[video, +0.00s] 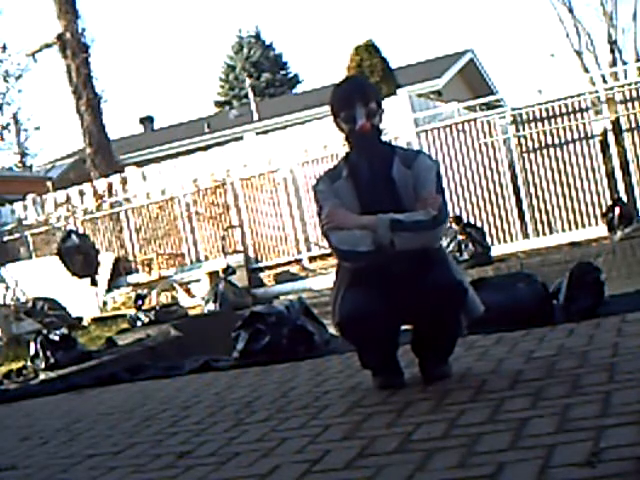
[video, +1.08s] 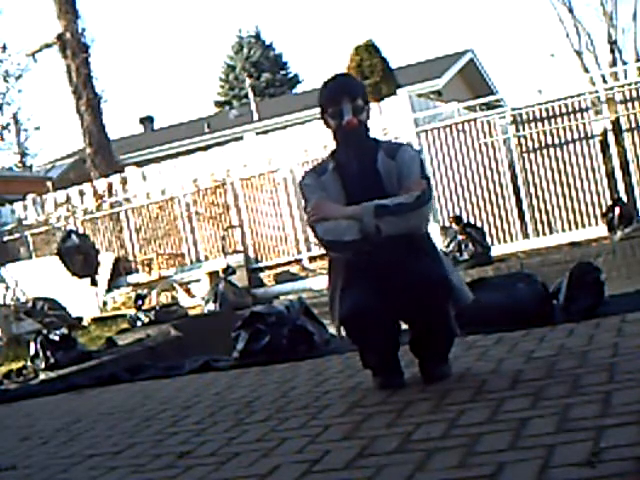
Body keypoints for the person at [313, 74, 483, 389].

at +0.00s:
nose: (362, 124)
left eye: (370, 112)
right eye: (350, 117)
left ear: (381, 112)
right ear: (338, 122)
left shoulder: (418, 164)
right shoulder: (328, 185)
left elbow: (434, 228)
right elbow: (345, 246)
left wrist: (359, 222)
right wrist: (414, 220)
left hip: (422, 265)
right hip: (365, 277)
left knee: (444, 293)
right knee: (359, 315)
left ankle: (434, 358)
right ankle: (384, 367)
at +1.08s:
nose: (349, 121)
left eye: (357, 109)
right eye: (337, 113)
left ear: (368, 110)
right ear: (326, 119)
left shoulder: (402, 156)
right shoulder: (315, 179)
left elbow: (419, 217)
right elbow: (329, 235)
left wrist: (344, 212)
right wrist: (399, 208)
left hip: (413, 260)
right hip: (359, 273)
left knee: (430, 292)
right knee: (362, 313)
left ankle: (434, 361)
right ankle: (385, 370)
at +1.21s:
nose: (343, 113)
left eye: (351, 102)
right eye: (332, 106)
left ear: (363, 104)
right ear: (320, 112)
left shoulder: (395, 147)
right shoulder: (308, 173)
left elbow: (407, 193)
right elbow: (321, 228)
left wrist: (337, 202)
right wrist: (386, 209)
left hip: (413, 263)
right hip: (358, 278)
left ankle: (442, 347)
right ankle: (385, 366)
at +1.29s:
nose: (341, 115)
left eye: (349, 104)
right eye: (329, 108)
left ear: (360, 106)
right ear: (317, 114)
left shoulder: (391, 151)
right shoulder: (306, 176)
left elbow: (409, 196)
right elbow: (321, 232)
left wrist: (338, 204)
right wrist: (387, 207)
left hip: (412, 253)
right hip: (358, 266)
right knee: (368, 308)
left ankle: (453, 361)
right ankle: (386, 369)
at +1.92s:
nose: (369, 124)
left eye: (376, 112)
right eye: (357, 118)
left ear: (388, 113)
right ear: (348, 126)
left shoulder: (426, 158)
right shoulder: (341, 184)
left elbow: (433, 194)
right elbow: (344, 231)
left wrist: (360, 205)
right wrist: (402, 210)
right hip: (384, 286)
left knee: (407, 248)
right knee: (363, 260)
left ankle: (434, 360)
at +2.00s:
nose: (364, 110)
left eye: (370, 99)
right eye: (352, 103)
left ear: (383, 99)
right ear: (341, 110)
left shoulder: (421, 143)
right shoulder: (337, 171)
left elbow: (435, 188)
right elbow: (340, 210)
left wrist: (359, 188)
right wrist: (404, 194)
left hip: (428, 264)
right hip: (370, 275)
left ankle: (436, 360)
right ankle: (377, 368)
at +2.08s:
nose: (357, 98)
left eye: (363, 87)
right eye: (345, 92)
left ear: (375, 86)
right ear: (335, 101)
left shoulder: (416, 131)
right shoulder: (333, 157)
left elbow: (433, 169)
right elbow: (335, 198)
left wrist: (361, 175)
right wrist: (397, 180)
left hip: (420, 239)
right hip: (366, 250)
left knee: (435, 292)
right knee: (376, 299)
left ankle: (438, 360)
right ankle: (376, 361)